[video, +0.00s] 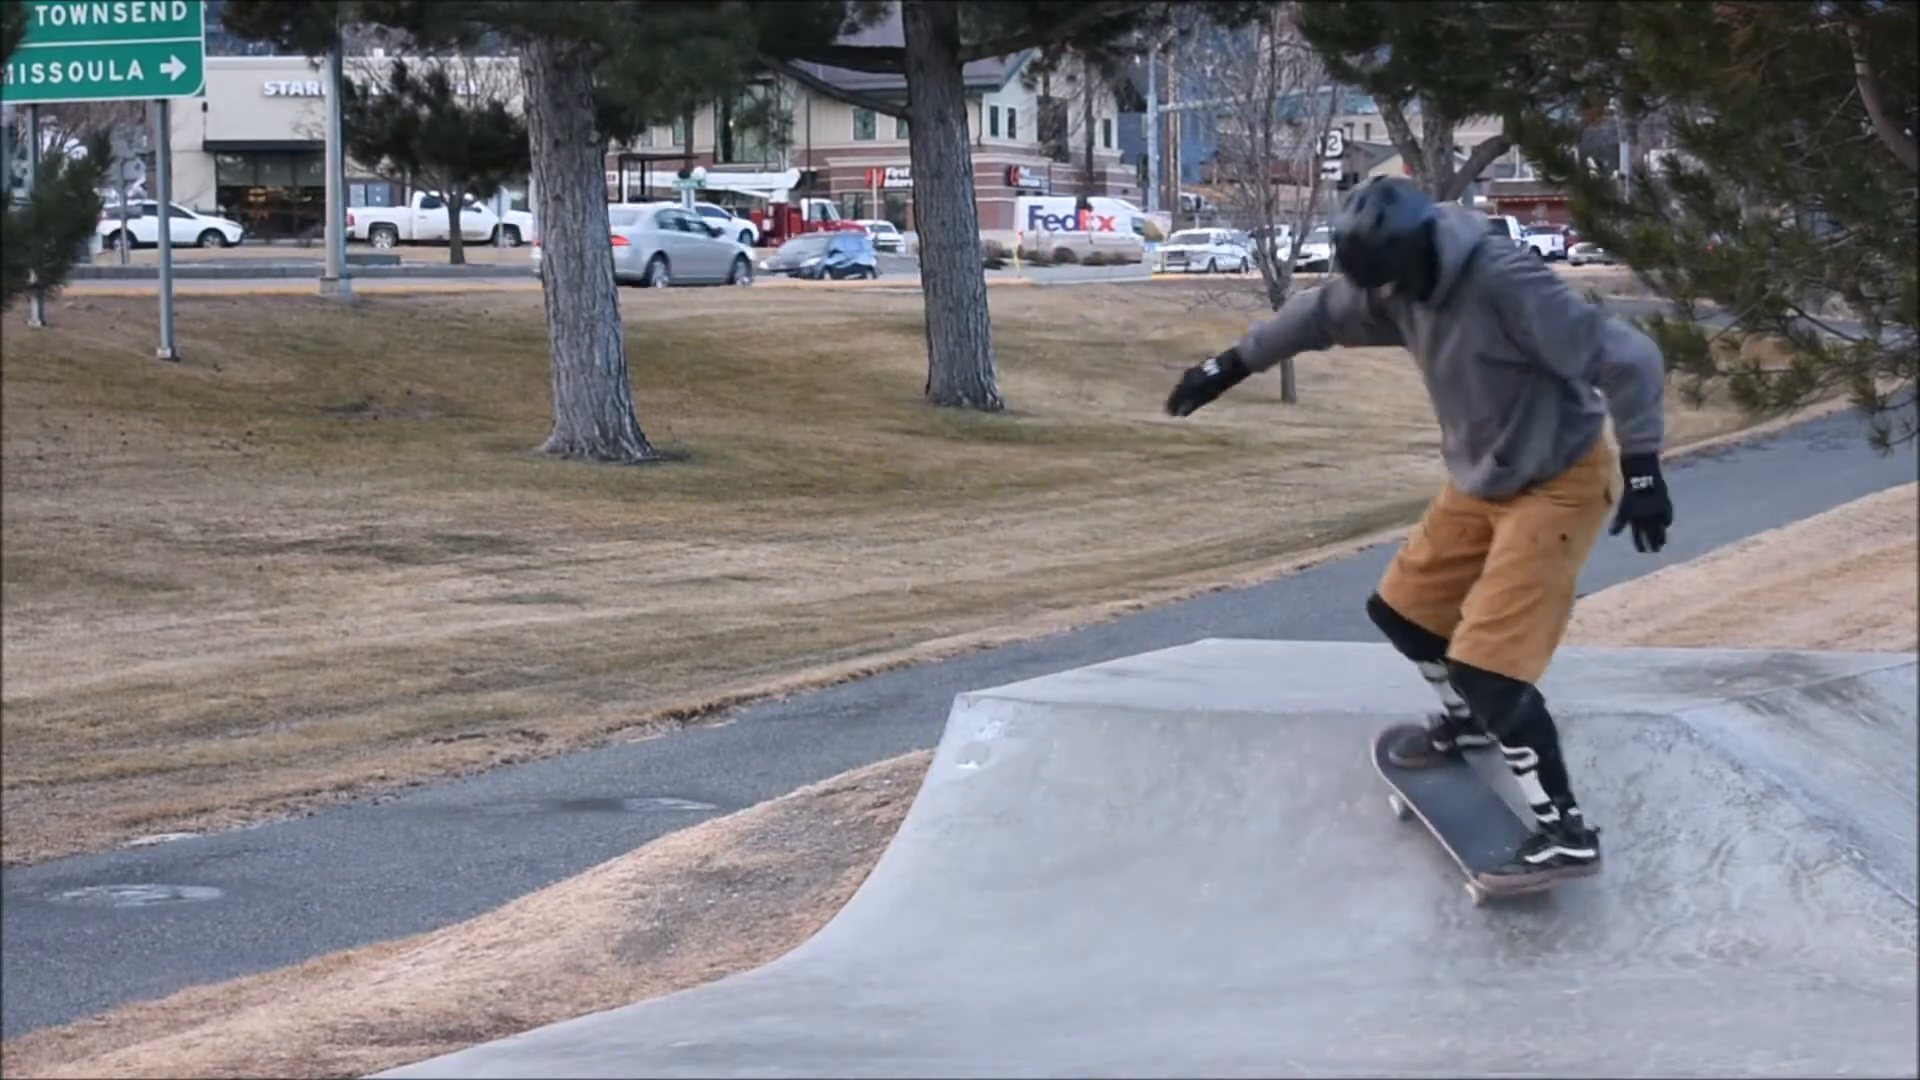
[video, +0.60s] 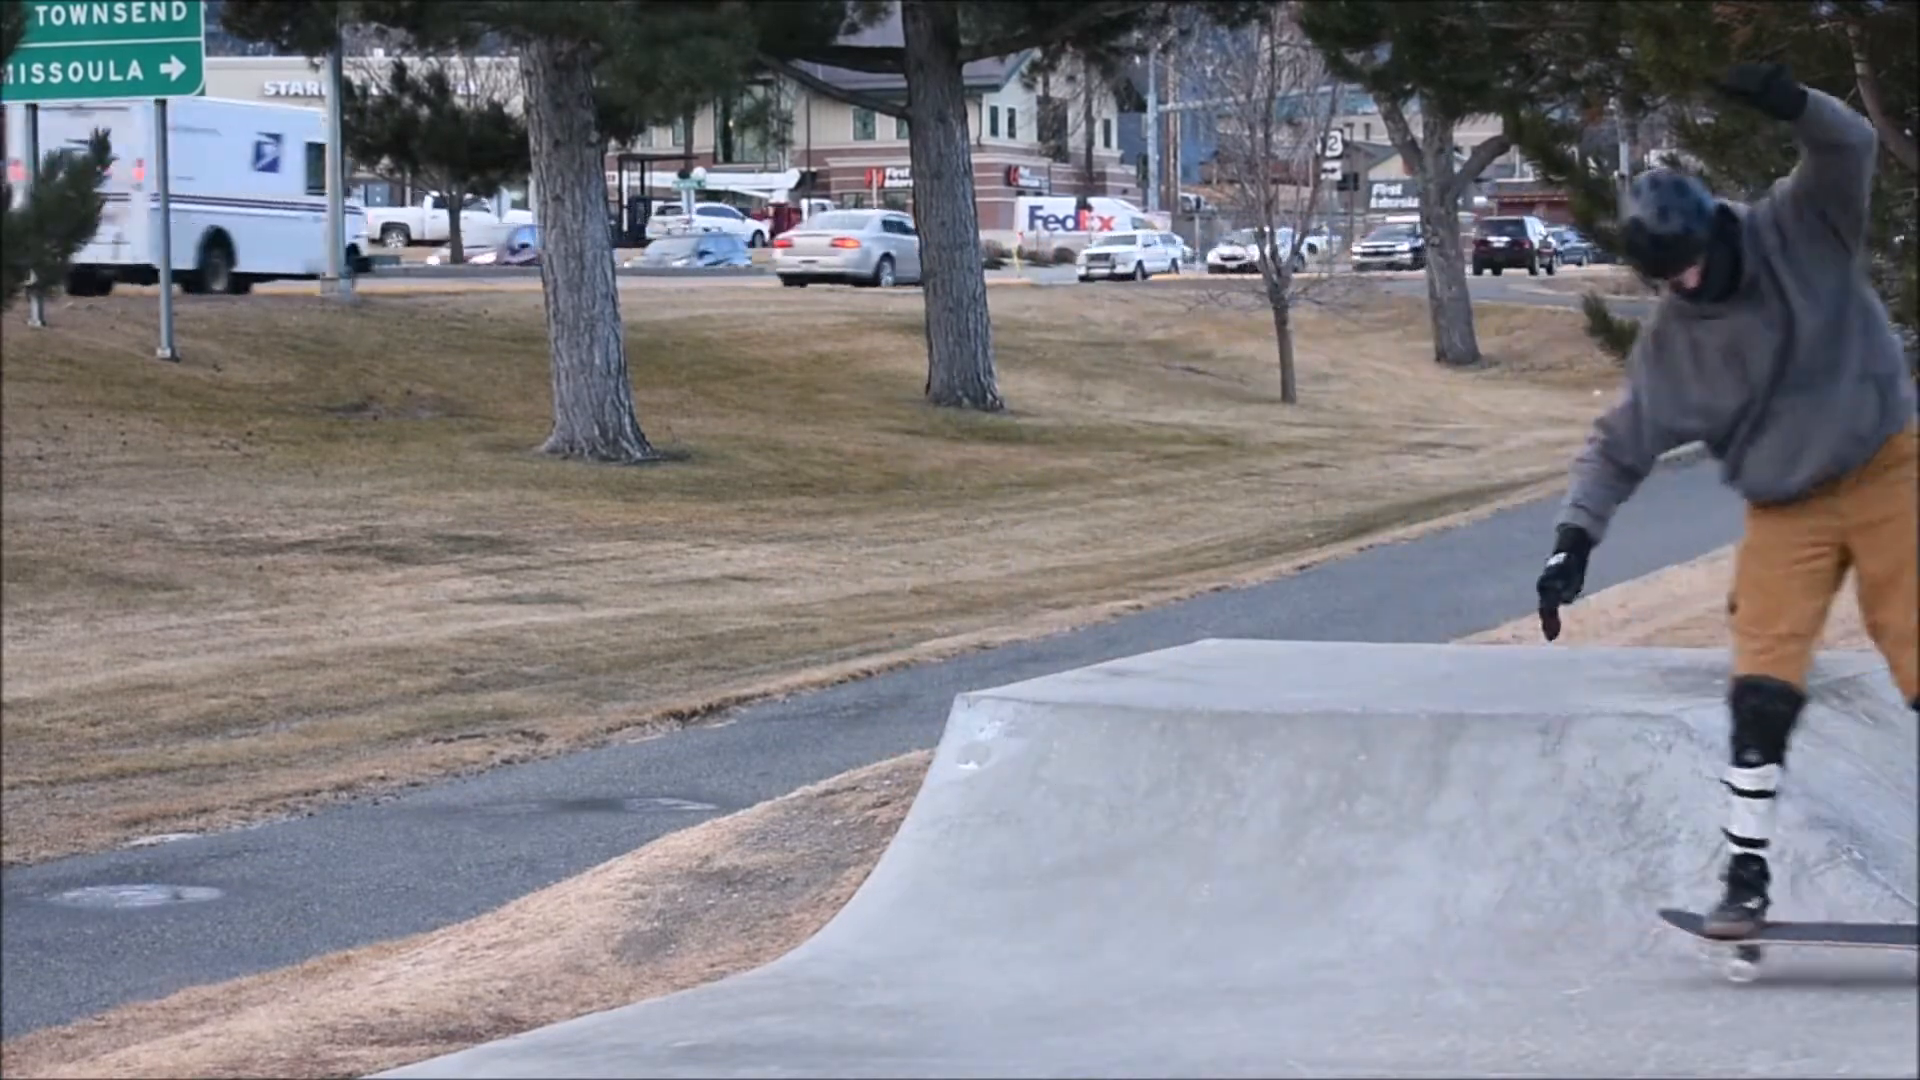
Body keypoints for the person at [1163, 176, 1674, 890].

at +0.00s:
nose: (1386, 297)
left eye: (1390, 281)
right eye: (1375, 285)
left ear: (1420, 248)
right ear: (1371, 260)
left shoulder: (1502, 275)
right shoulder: (1391, 282)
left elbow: (1629, 357)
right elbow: (1315, 316)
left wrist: (1643, 471)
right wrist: (1227, 366)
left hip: (1562, 477)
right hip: (1479, 476)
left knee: (1488, 668)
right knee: (1406, 610)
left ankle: (1565, 826)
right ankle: (1475, 718)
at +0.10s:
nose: (1438, 272)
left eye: (1443, 256)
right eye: (1425, 263)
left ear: (1473, 223)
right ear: (1412, 248)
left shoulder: (1559, 257)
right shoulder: (1426, 285)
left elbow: (1687, 307)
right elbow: (1358, 308)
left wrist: (1682, 418)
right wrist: (1286, 348)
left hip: (1596, 483)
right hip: (1503, 492)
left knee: (1555, 675)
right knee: (1450, 651)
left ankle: (1611, 845)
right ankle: (1502, 761)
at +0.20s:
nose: (1462, 284)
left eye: (1469, 269)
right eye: (1450, 274)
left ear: (1498, 238)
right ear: (1437, 257)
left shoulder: (1591, 249)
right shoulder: (1446, 297)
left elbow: (1722, 247)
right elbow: (1405, 332)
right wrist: (1356, 366)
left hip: (1652, 481)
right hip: (1552, 493)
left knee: (1633, 675)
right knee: (1504, 669)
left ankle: (1688, 858)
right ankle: (1504, 831)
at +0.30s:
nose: (1503, 308)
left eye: (1508, 291)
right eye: (1488, 299)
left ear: (1535, 255)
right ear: (1475, 289)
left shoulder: (1629, 261)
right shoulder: (1505, 350)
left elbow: (1722, 224)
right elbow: (1461, 413)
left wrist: (1800, 213)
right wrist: (1411, 472)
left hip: (1706, 499)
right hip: (1608, 522)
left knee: (1721, 690)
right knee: (1564, 699)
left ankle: (1794, 865)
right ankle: (1570, 875)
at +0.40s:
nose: (1550, 312)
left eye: (1554, 293)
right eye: (1534, 305)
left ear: (1578, 259)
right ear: (1524, 302)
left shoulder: (1657, 266)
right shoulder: (1556, 368)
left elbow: (1738, 236)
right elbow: (1520, 481)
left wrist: (1790, 198)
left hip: (1770, 490)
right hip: (1669, 529)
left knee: (1797, 688)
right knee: (1635, 705)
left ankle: (1868, 862)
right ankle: (1644, 878)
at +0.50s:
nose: (1615, 294)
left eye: (1620, 274)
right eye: (1597, 288)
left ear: (1646, 241)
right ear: (1583, 283)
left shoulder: (1727, 242)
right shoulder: (1610, 361)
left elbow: (1806, 204)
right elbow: (1580, 463)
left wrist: (1810, 154)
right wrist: (1545, 553)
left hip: (1831, 485)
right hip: (1725, 524)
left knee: (1881, 692)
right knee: (1693, 710)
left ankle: (1919, 858)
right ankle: (1699, 876)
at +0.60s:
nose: (1685, 281)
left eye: (1689, 260)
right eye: (1666, 277)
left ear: (1715, 224)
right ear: (1650, 277)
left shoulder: (1800, 227)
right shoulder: (1669, 354)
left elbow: (1850, 150)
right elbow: (1615, 452)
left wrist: (1794, 104)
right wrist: (1574, 542)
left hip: (1892, 473)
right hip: (1785, 509)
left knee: (1917, 674)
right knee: (1760, 701)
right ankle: (1745, 880)